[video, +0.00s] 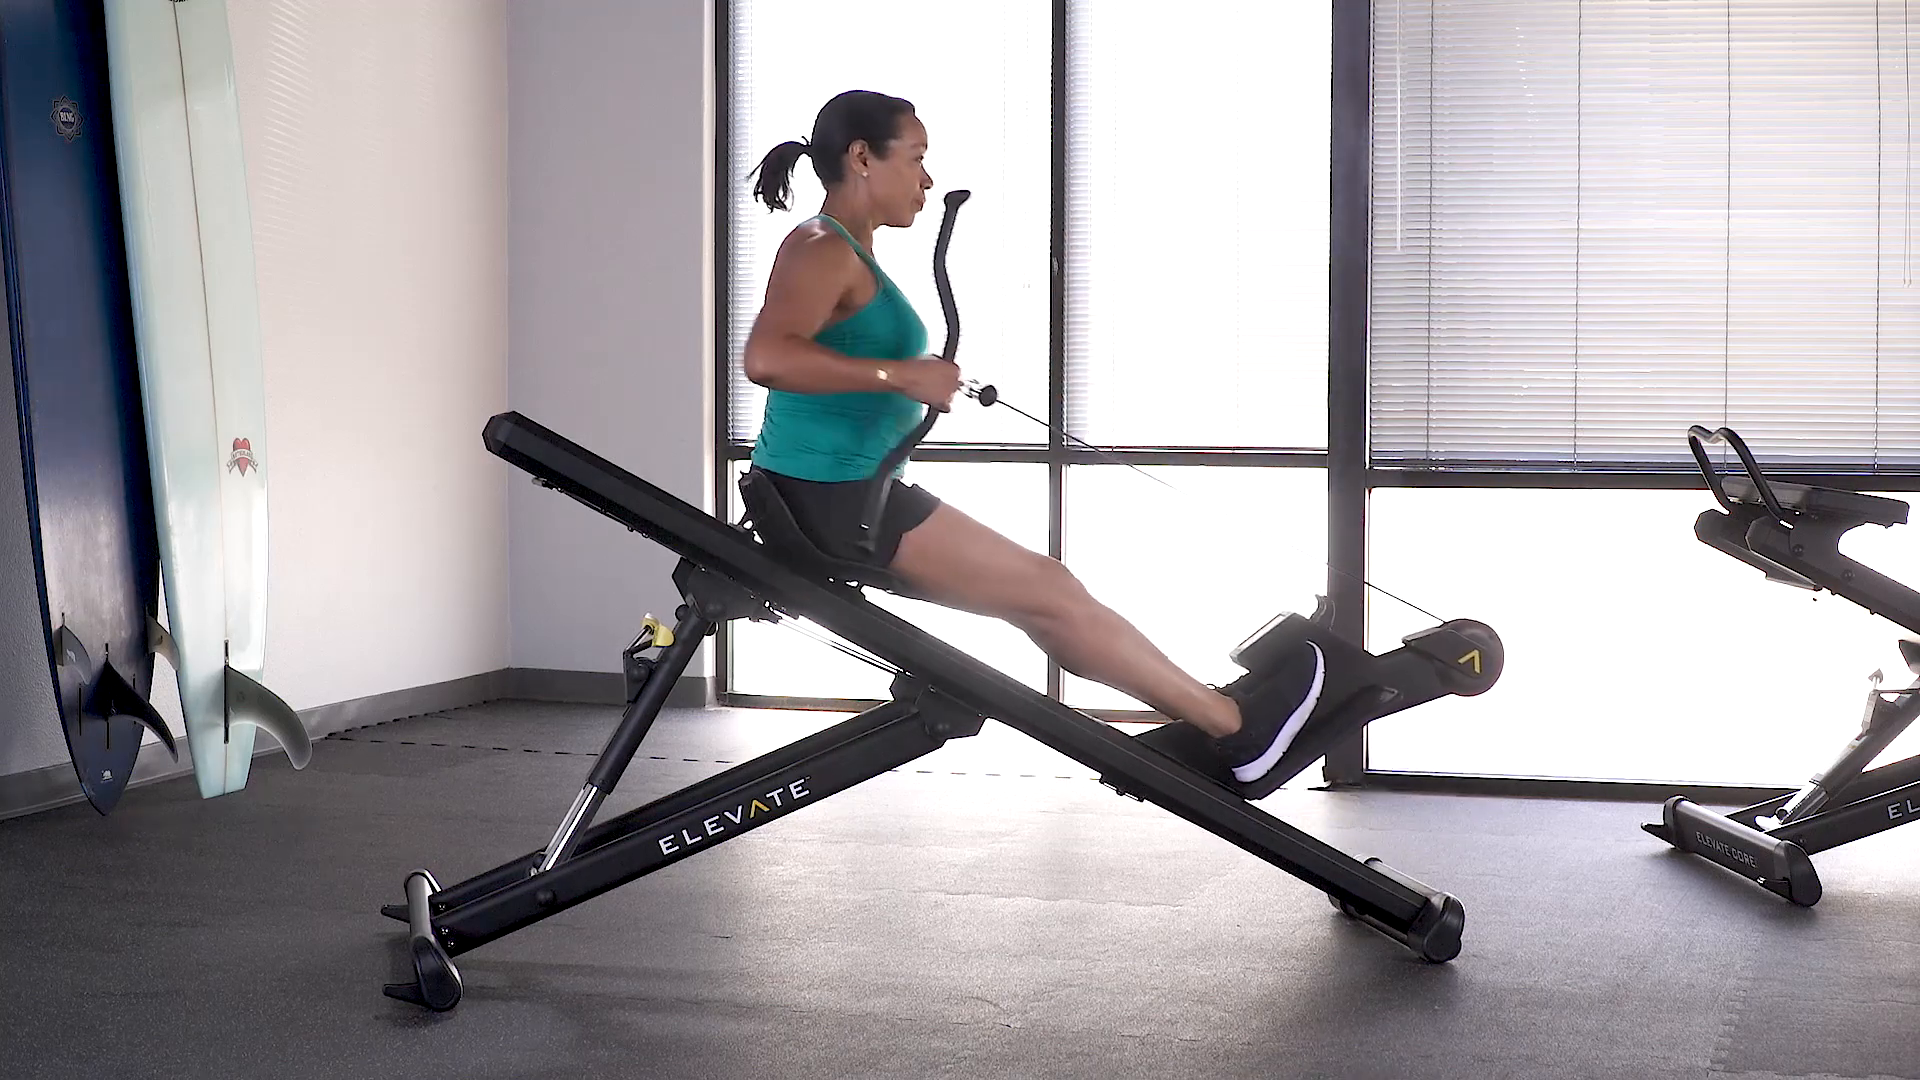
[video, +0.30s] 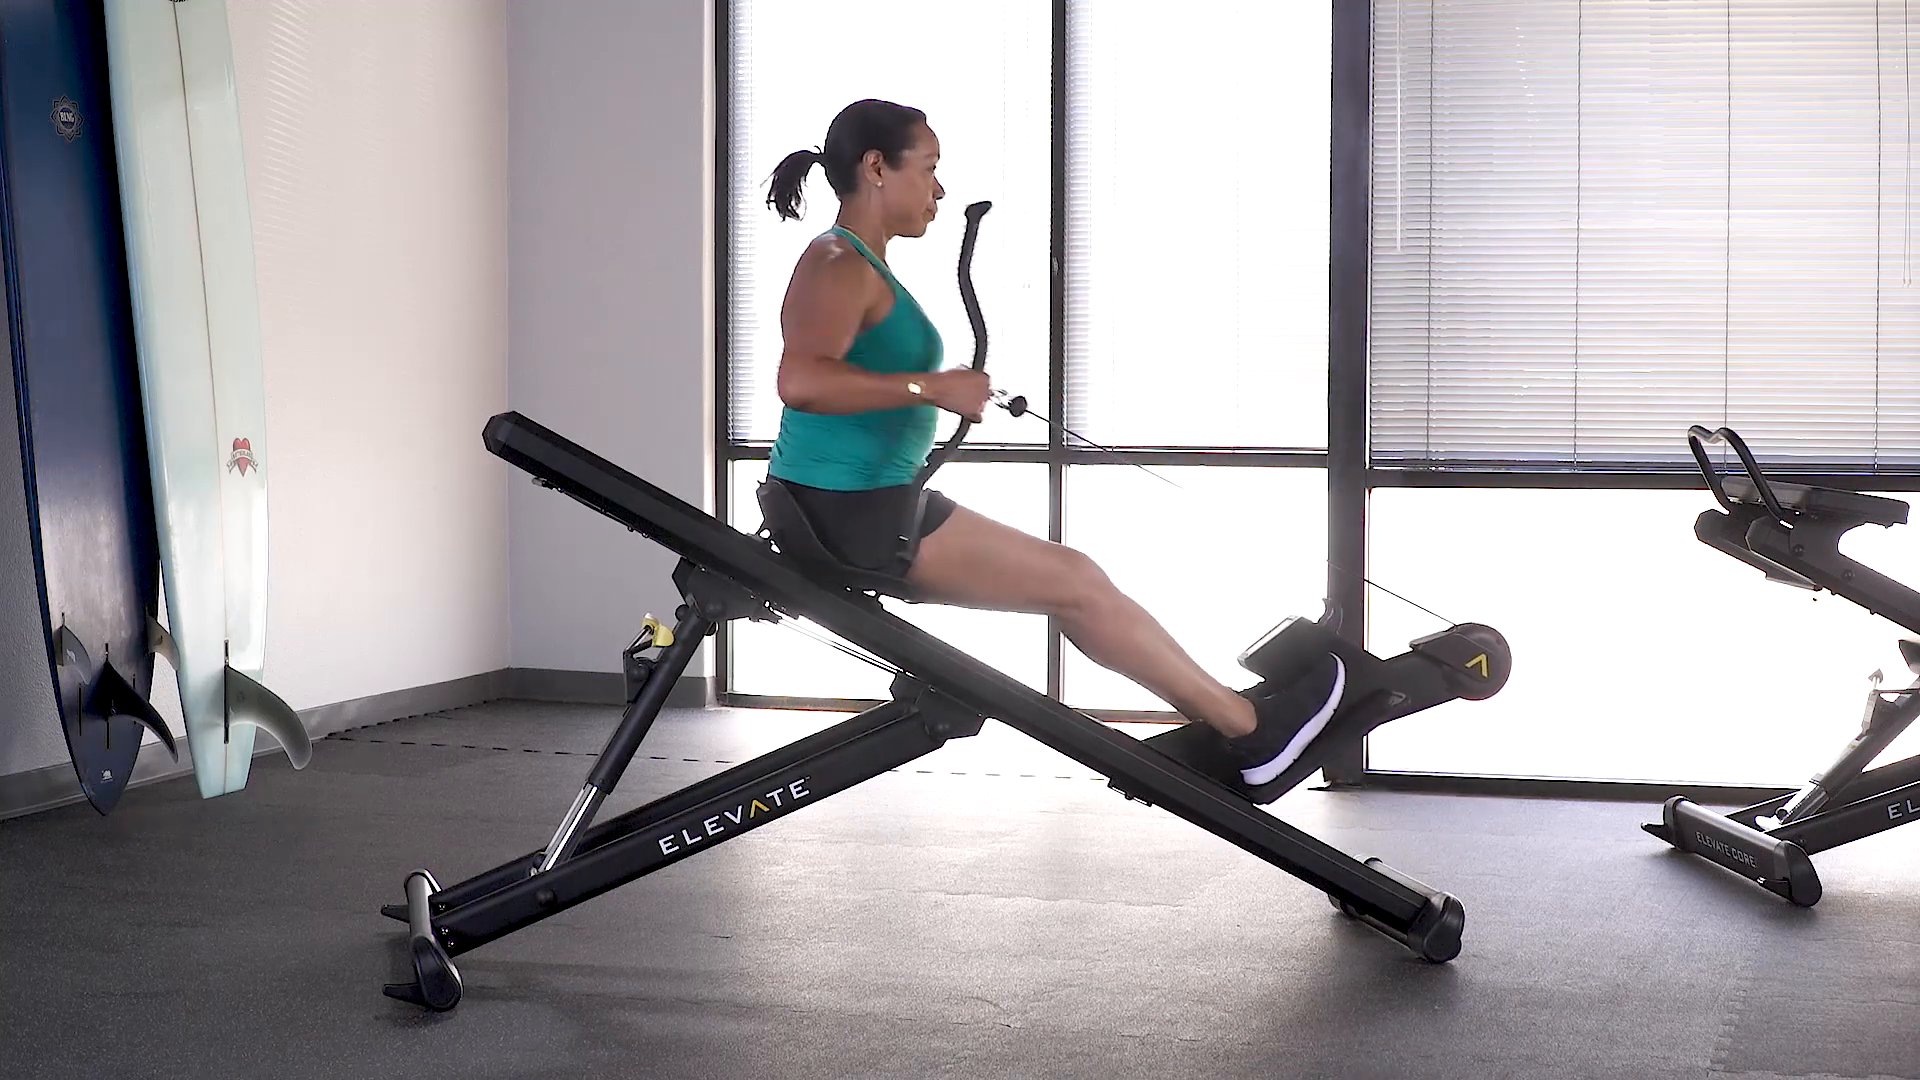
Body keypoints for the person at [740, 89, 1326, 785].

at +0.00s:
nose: (926, 178)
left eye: (923, 160)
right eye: (914, 159)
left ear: (863, 164)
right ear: (860, 162)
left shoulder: (844, 249)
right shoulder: (820, 249)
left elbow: (797, 356)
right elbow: (766, 355)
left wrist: (908, 374)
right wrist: (895, 375)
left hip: (848, 488)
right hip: (821, 498)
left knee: (1049, 585)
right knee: (1046, 593)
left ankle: (1215, 713)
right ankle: (1228, 721)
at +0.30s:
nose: (937, 189)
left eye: (935, 171)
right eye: (927, 171)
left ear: (878, 174)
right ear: (875, 172)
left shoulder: (859, 262)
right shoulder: (836, 265)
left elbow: (825, 380)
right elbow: (801, 382)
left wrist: (934, 388)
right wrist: (930, 387)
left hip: (862, 500)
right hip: (843, 510)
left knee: (1073, 580)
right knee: (1077, 581)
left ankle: (1234, 718)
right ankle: (1243, 725)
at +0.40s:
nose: (970, 205)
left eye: (967, 187)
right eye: (959, 186)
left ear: (907, 191)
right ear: (905, 189)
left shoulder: (889, 282)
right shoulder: (882, 284)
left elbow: (895, 411)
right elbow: (888, 410)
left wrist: (1007, 422)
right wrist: (1011, 422)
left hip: (879, 520)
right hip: (878, 526)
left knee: (1105, 583)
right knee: (1111, 576)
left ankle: (1251, 721)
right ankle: (1269, 732)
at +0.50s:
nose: (1018, 223)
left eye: (1014, 205)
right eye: (1007, 205)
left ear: (953, 213)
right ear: (954, 210)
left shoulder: (915, 303)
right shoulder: (942, 311)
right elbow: (984, 435)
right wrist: (1102, 458)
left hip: (901, 542)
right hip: (922, 549)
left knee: (1145, 581)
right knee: (1156, 571)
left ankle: (1269, 732)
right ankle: (1297, 744)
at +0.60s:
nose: (1068, 250)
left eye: (1065, 232)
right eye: (1056, 231)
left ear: (1002, 238)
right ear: (1005, 236)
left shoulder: (954, 328)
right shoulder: (1008, 338)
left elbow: (905, 450)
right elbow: (1090, 467)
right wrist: (1200, 491)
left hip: (927, 570)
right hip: (973, 576)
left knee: (1184, 577)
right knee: (1196, 565)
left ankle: (1291, 741)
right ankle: (1323, 754)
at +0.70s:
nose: (1121, 277)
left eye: (1116, 259)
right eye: (1109, 259)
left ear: (1051, 264)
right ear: (1057, 263)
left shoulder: (1002, 351)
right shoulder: (1078, 370)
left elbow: (941, 464)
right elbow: (1180, 493)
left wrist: (999, 533)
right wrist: (1292, 529)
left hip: (965, 589)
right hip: (1022, 603)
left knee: (1224, 575)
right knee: (1246, 572)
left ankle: (1310, 753)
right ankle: (1348, 765)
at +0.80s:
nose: (1167, 299)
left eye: (1163, 281)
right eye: (1156, 281)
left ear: (1097, 288)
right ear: (1104, 286)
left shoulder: (1040, 380)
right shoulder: (1140, 398)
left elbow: (974, 486)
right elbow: (1258, 520)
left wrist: (1028, 562)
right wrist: (1360, 561)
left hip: (997, 612)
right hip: (1071, 625)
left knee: (1252, 571)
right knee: (1281, 578)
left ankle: (1326, 757)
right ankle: (1367, 772)